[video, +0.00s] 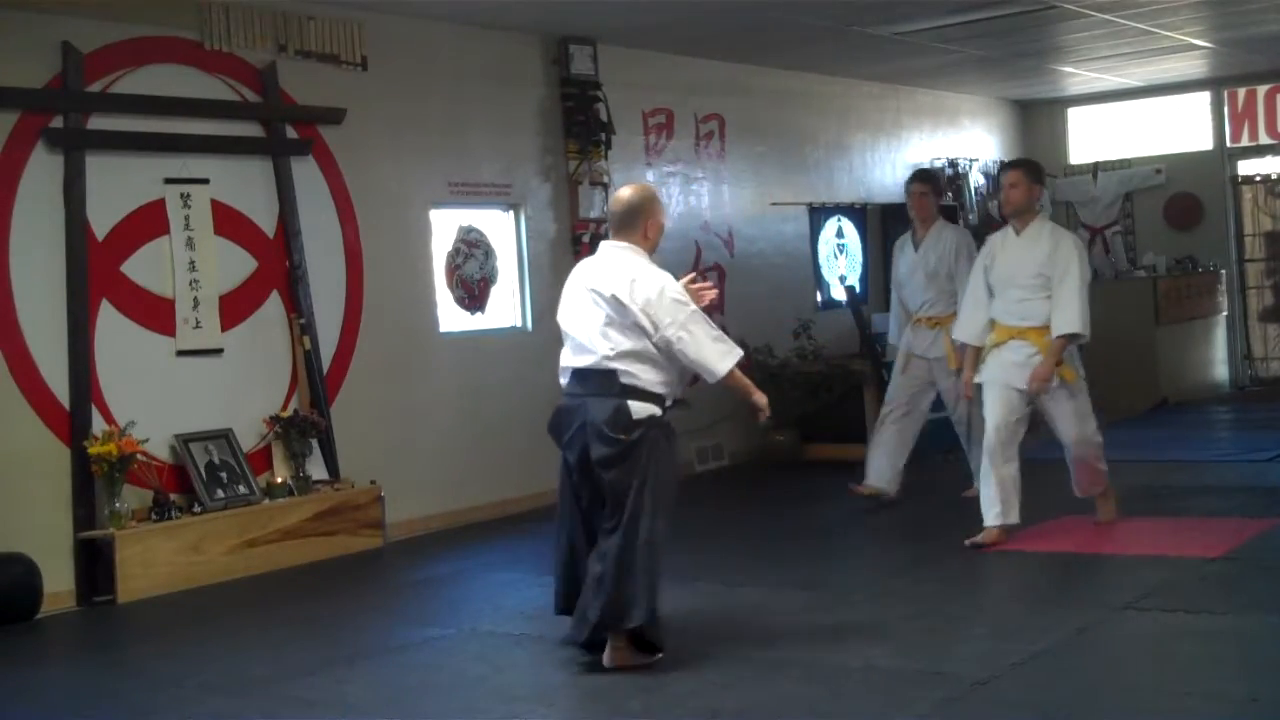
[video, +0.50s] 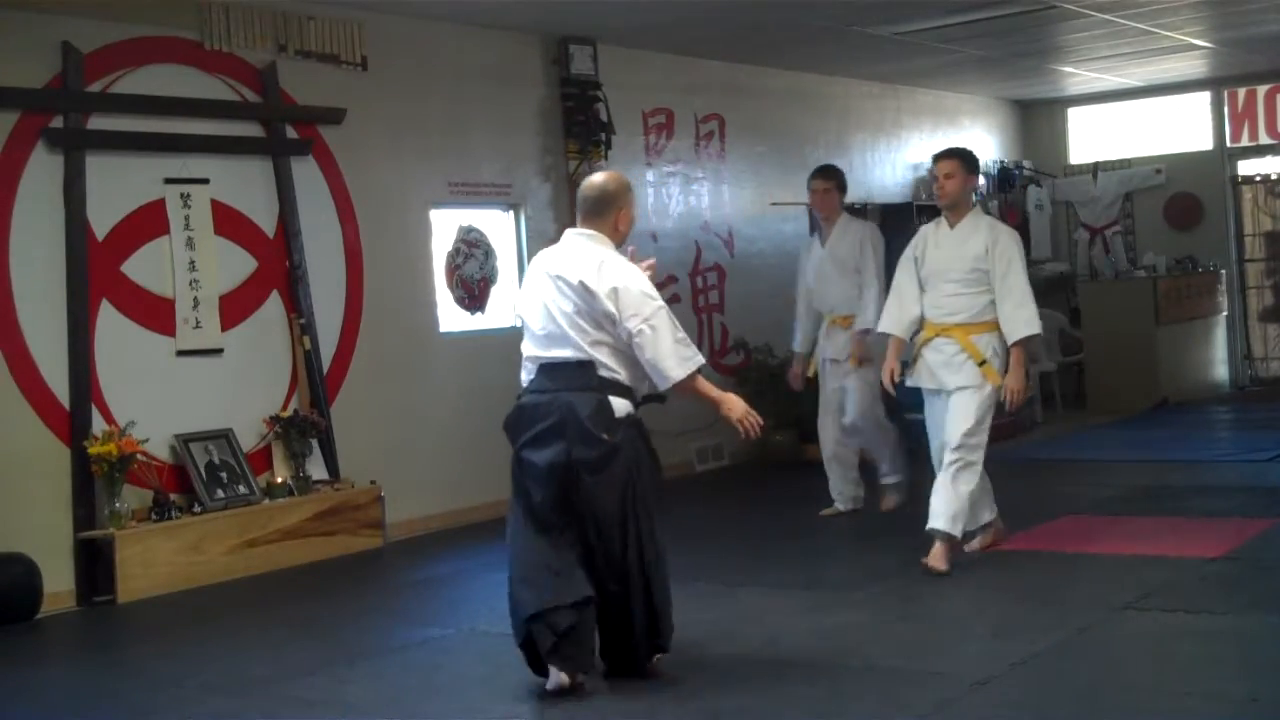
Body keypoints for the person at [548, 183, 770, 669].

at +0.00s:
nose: (664, 228)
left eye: (663, 220)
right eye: (662, 221)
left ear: (610, 223)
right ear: (651, 224)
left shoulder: (582, 271)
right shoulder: (648, 280)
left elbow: (617, 320)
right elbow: (699, 343)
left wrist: (673, 300)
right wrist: (751, 390)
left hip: (578, 410)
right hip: (629, 415)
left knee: (597, 520)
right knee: (636, 527)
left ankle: (596, 624)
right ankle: (621, 644)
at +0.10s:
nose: (660, 227)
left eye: (659, 218)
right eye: (660, 219)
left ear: (610, 215)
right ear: (650, 222)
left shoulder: (573, 263)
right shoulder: (643, 273)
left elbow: (608, 313)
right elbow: (688, 340)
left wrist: (670, 302)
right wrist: (736, 391)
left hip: (569, 403)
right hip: (625, 405)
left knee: (594, 518)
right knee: (635, 522)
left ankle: (593, 632)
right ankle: (622, 645)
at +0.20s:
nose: (654, 219)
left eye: (652, 211)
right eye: (654, 212)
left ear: (603, 208)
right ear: (646, 215)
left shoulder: (565, 257)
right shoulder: (643, 270)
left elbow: (597, 306)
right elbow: (681, 341)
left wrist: (664, 295)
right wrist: (723, 398)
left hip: (563, 400)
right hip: (620, 404)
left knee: (583, 518)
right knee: (636, 521)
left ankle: (588, 632)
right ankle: (623, 646)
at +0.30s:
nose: (651, 216)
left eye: (648, 208)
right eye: (650, 209)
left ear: (599, 207)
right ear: (641, 213)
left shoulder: (557, 258)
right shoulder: (636, 271)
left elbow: (593, 306)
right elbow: (676, 355)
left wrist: (657, 283)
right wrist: (722, 408)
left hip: (553, 403)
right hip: (614, 405)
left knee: (564, 521)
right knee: (630, 523)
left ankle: (566, 627)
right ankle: (623, 645)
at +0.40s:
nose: (645, 219)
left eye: (644, 211)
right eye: (644, 211)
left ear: (589, 210)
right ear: (634, 215)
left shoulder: (550, 259)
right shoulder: (627, 270)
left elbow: (578, 306)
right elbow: (670, 352)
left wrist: (642, 276)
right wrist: (721, 404)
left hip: (545, 407)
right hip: (607, 407)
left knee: (552, 529)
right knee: (626, 525)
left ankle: (558, 635)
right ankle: (627, 648)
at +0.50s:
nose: (633, 221)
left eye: (633, 214)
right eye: (632, 214)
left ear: (576, 212)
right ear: (622, 216)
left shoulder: (540, 263)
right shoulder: (618, 273)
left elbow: (566, 313)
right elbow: (665, 352)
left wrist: (629, 282)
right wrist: (721, 397)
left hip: (537, 410)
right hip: (599, 409)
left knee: (545, 536)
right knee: (621, 529)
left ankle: (560, 660)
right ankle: (631, 654)